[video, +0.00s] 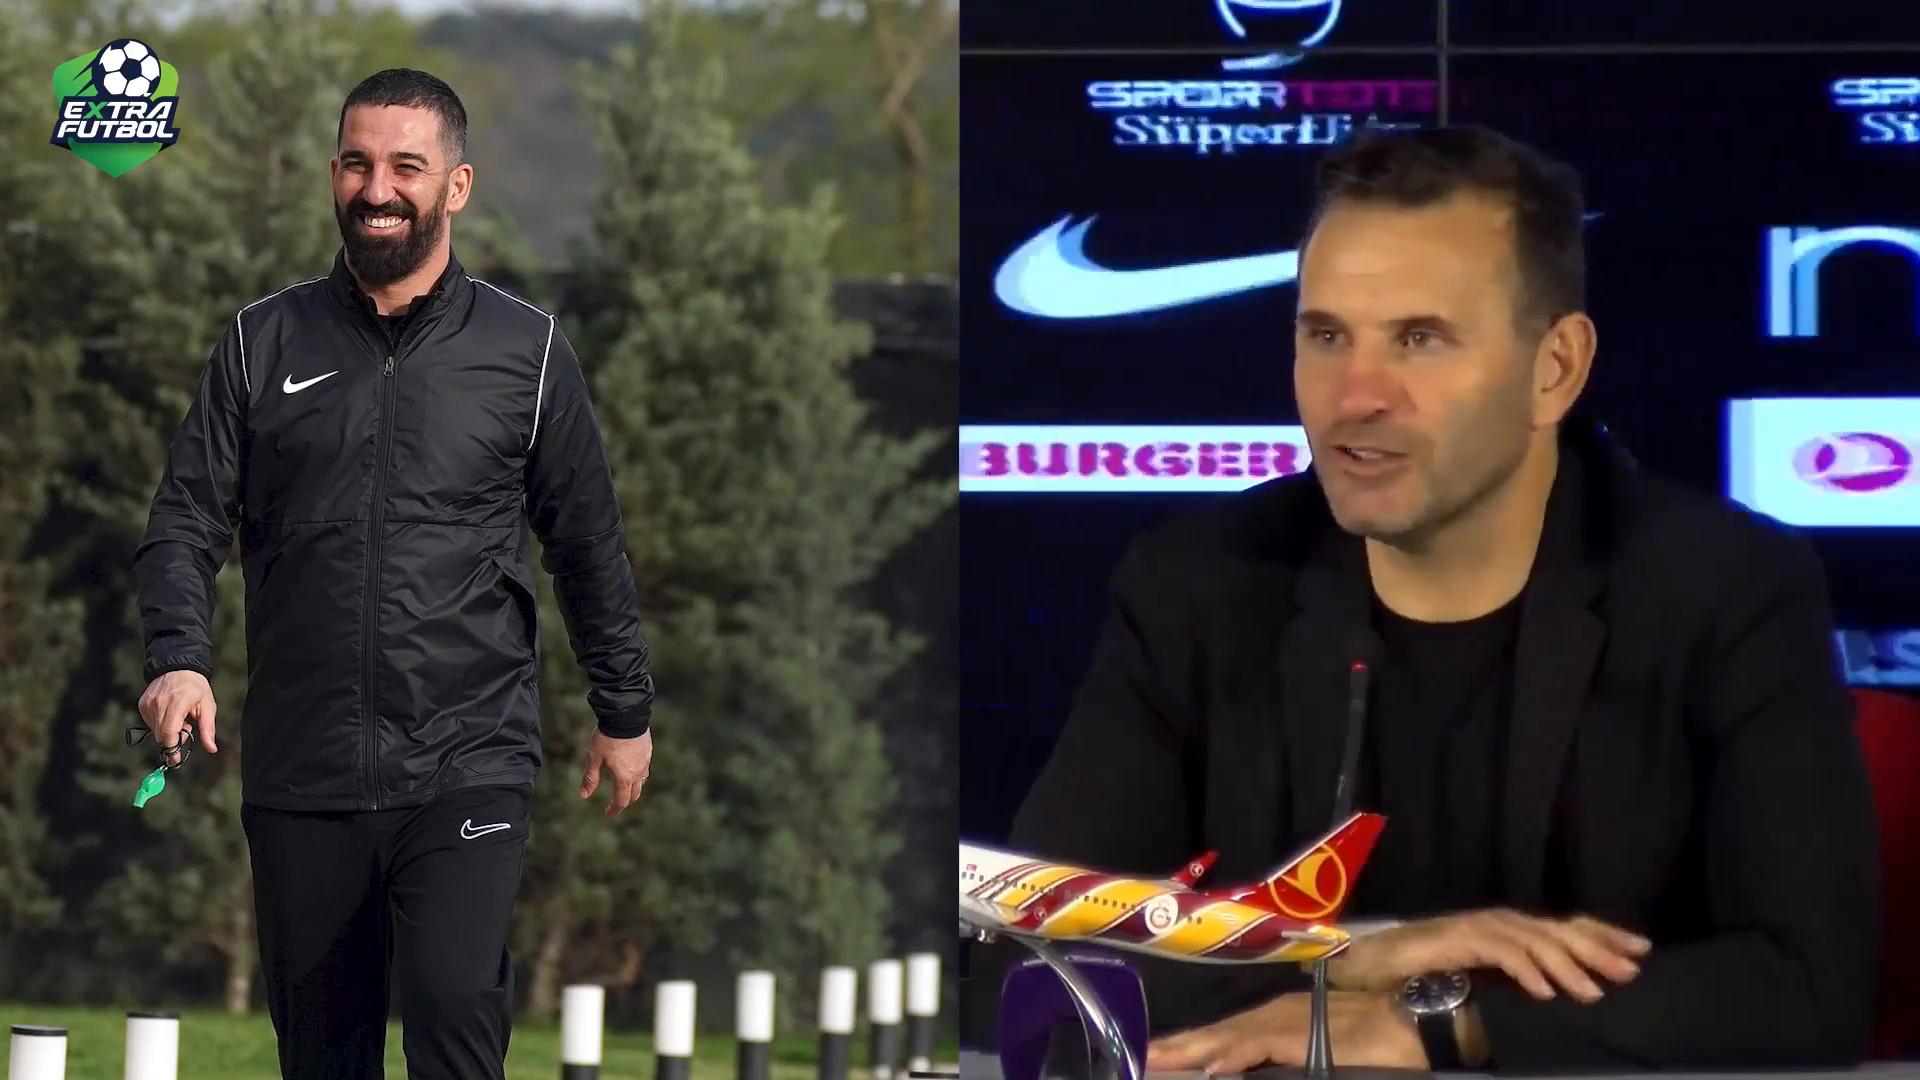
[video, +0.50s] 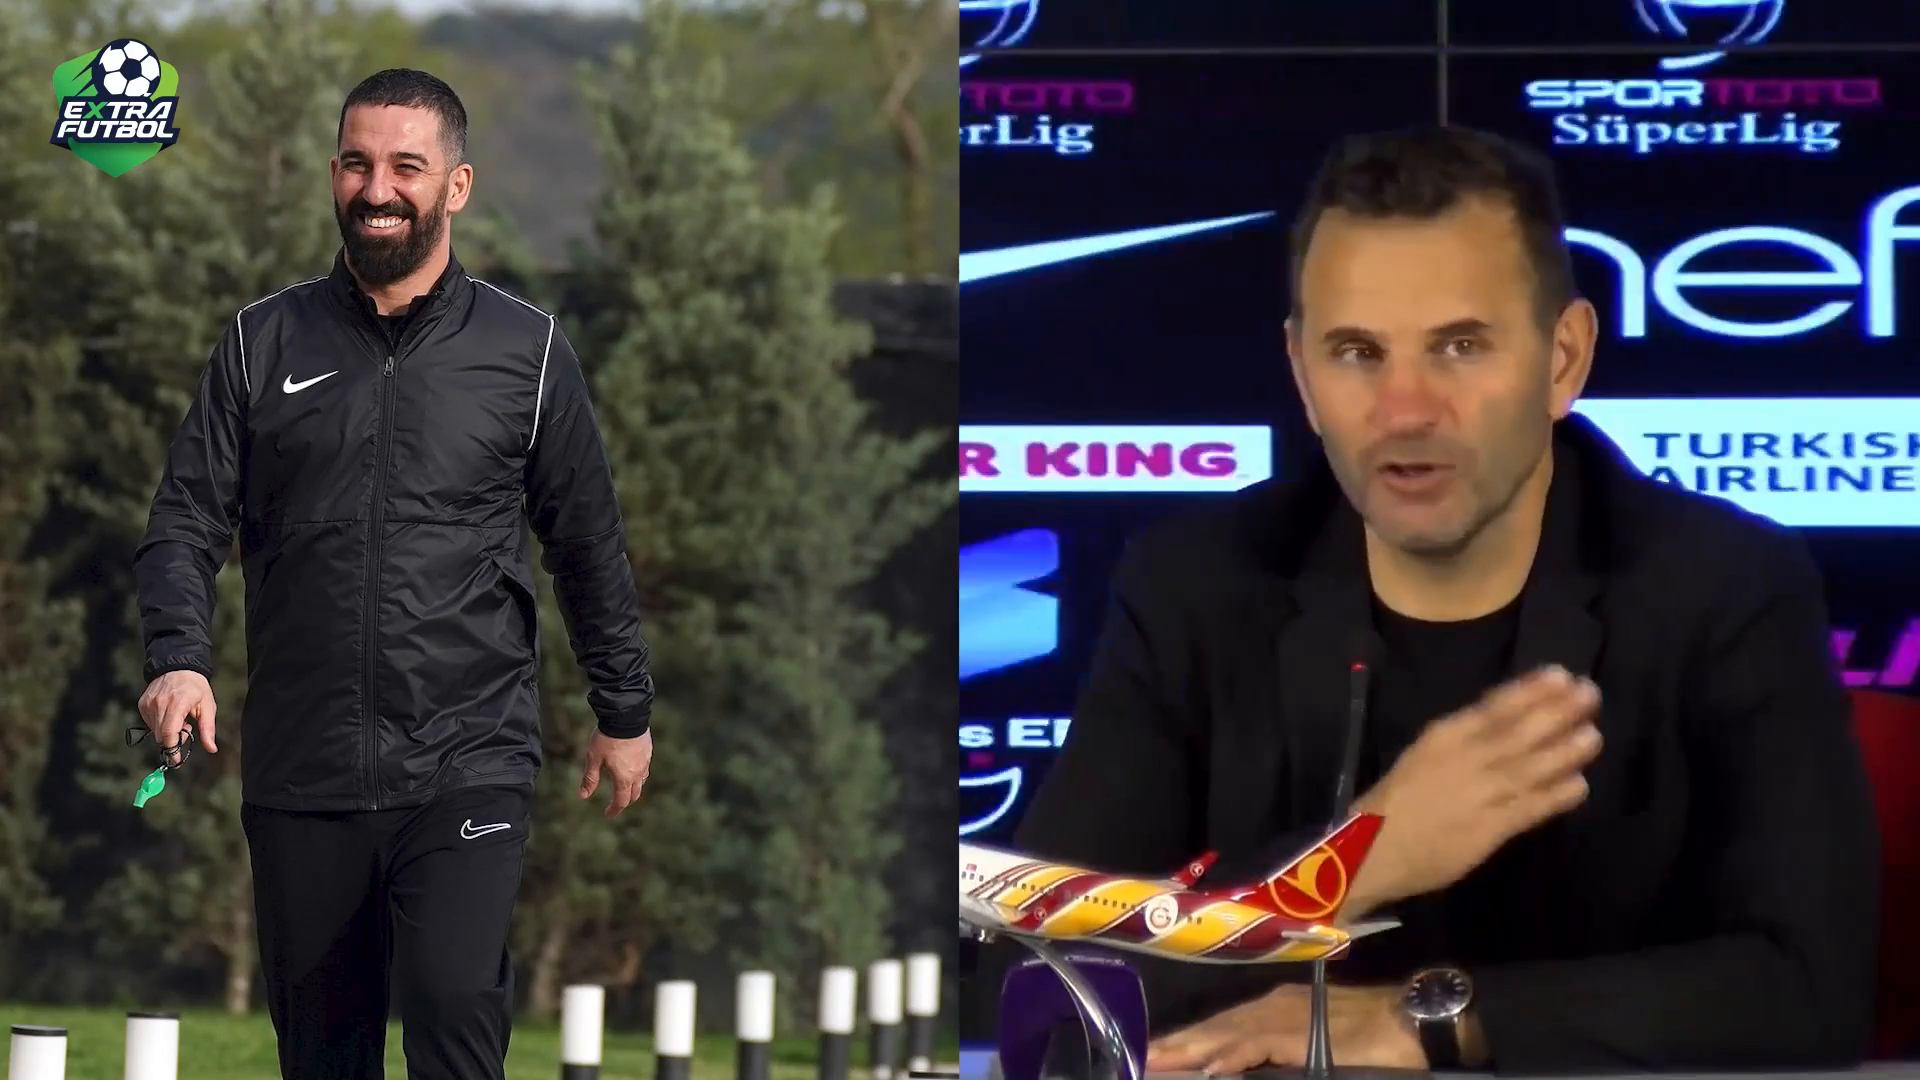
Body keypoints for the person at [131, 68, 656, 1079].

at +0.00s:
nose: (376, 187)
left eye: (405, 164)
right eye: (356, 162)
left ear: (458, 185)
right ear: (334, 176)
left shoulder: (529, 350)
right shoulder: (259, 343)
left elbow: (589, 541)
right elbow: (187, 513)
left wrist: (623, 708)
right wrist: (178, 658)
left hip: (472, 751)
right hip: (302, 753)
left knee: (455, 1017)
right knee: (319, 1039)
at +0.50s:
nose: (376, 187)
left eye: (405, 164)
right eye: (356, 162)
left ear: (458, 185)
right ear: (334, 176)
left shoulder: (529, 349)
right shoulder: (259, 342)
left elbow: (588, 540)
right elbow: (187, 513)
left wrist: (623, 709)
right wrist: (178, 658)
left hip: (471, 752)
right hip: (302, 755)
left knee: (455, 1019)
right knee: (320, 1042)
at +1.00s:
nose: (376, 187)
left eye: (405, 164)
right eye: (356, 162)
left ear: (458, 185)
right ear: (334, 176)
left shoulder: (529, 349)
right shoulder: (259, 343)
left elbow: (588, 540)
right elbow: (187, 513)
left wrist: (623, 709)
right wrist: (178, 658)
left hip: (472, 752)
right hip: (302, 755)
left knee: (455, 1018)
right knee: (320, 1042)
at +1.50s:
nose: (376, 187)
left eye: (405, 164)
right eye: (356, 162)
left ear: (458, 185)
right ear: (334, 176)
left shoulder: (529, 349)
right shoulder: (259, 343)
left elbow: (588, 541)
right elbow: (187, 513)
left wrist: (623, 709)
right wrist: (178, 658)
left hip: (472, 752)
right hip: (302, 755)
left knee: (455, 1018)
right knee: (320, 1042)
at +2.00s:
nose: (376, 187)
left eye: (405, 164)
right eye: (356, 162)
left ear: (458, 185)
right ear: (334, 176)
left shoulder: (529, 349)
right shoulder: (259, 343)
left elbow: (588, 541)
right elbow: (187, 513)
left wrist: (623, 709)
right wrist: (178, 658)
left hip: (472, 752)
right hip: (302, 755)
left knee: (455, 1018)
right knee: (320, 1042)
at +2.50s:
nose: (375, 187)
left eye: (405, 164)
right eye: (356, 162)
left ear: (458, 185)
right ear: (334, 177)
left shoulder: (530, 350)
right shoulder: (259, 342)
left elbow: (588, 541)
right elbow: (187, 513)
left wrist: (623, 708)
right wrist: (177, 658)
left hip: (472, 752)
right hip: (301, 755)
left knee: (455, 1018)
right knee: (320, 1042)